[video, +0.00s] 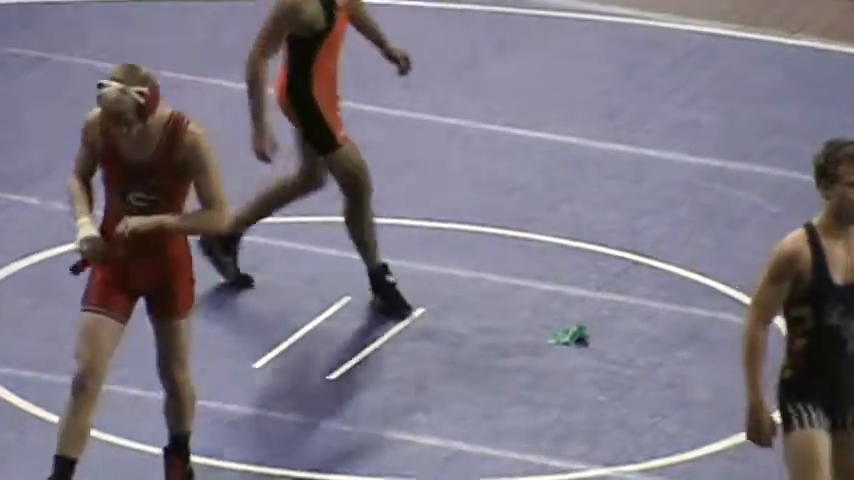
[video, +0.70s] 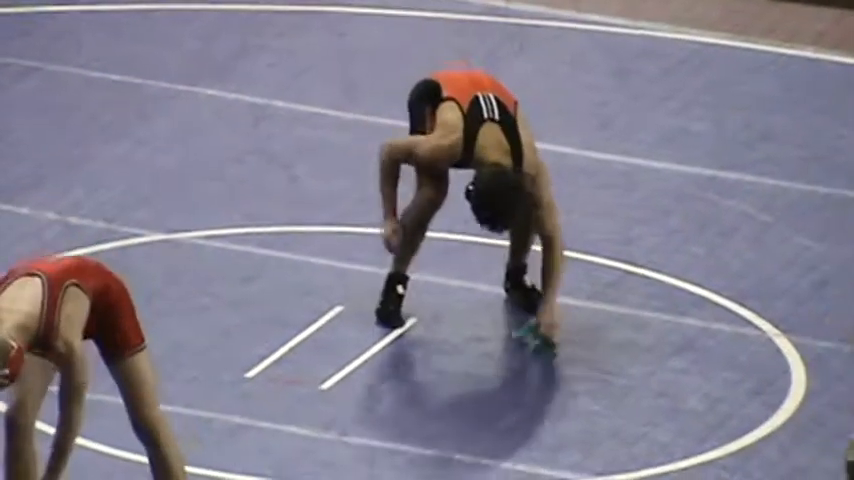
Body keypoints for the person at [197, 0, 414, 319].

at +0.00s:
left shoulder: (342, 3)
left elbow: (354, 12)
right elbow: (257, 58)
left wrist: (386, 47)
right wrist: (260, 128)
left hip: (323, 95)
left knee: (310, 178)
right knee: (356, 180)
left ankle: (227, 234)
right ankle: (380, 281)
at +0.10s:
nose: (395, 29)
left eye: (400, 22)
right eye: (393, 21)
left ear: (395, 10)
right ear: (379, 11)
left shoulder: (379, 12)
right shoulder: (331, 30)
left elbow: (394, 38)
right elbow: (297, 94)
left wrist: (413, 85)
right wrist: (310, 165)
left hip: (362, 90)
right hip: (329, 104)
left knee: (398, 176)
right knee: (381, 189)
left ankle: (304, 215)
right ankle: (382, 285)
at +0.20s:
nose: (425, 70)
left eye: (436, 67)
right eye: (424, 65)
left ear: (440, 31)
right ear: (406, 52)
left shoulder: (433, 14)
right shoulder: (361, 56)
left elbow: (443, 66)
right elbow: (328, 115)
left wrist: (442, 122)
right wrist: (360, 177)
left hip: (391, 81)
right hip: (354, 103)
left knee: (445, 170)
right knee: (386, 189)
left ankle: (404, 240)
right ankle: (383, 286)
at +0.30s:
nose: (456, 115)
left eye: (461, 109)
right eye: (451, 109)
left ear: (470, 79)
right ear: (431, 88)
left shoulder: (471, 56)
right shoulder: (387, 74)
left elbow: (489, 104)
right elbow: (340, 121)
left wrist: (478, 173)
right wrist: (379, 173)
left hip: (426, 97)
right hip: (378, 99)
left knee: (469, 184)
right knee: (392, 190)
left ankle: (495, 267)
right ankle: (383, 287)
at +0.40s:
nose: (474, 163)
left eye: (479, 156)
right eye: (466, 158)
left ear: (487, 126)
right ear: (445, 129)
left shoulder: (496, 101)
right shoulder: (409, 104)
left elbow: (529, 168)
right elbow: (355, 126)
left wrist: (519, 233)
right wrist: (378, 183)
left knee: (500, 197)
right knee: (400, 204)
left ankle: (515, 280)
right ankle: (392, 287)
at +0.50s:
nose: (488, 207)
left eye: (492, 201)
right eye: (480, 202)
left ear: (505, 173)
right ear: (460, 178)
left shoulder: (517, 148)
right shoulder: (424, 135)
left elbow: (549, 221)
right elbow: (372, 131)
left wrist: (557, 296)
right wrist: (372, 194)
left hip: (486, 98)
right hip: (423, 95)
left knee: (520, 200)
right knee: (417, 202)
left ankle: (516, 287)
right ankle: (397, 292)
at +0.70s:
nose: (498, 232)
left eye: (502, 226)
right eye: (490, 227)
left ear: (520, 192)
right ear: (470, 194)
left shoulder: (532, 169)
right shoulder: (441, 149)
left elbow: (551, 240)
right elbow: (389, 151)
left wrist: (549, 306)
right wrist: (389, 218)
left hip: (499, 99)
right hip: (436, 93)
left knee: (529, 203)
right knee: (431, 195)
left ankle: (516, 279)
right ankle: (395, 286)